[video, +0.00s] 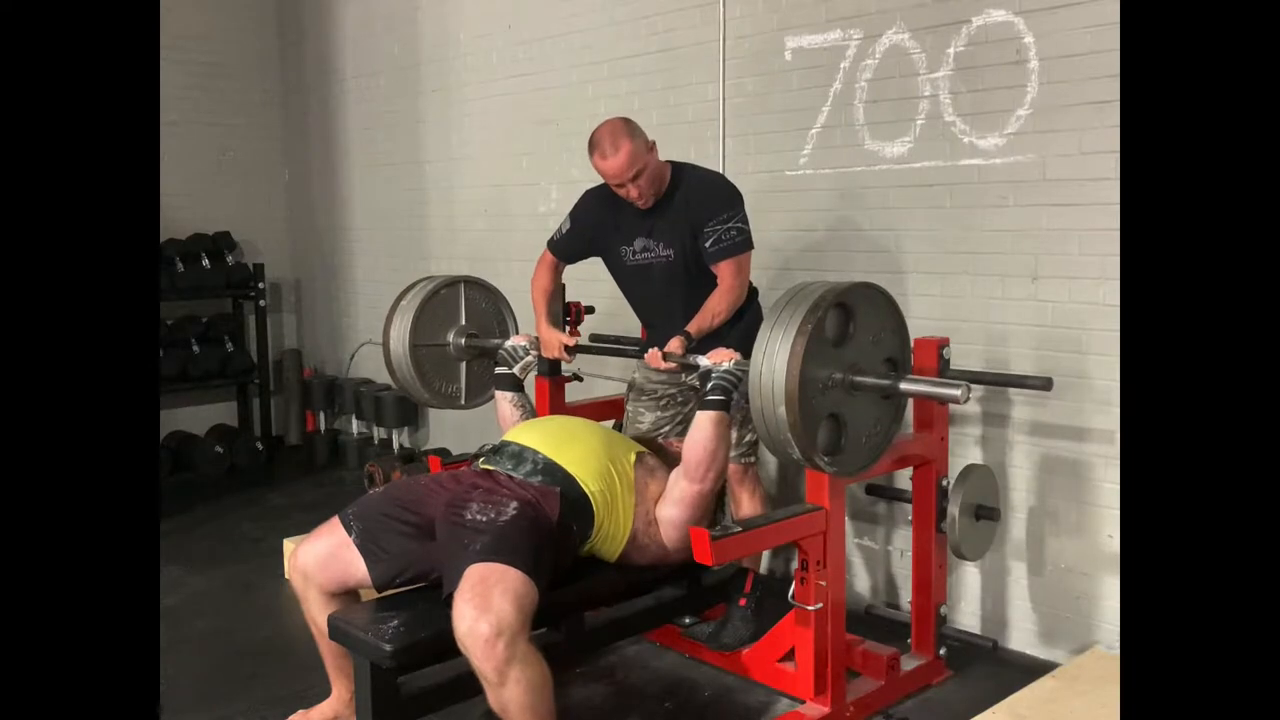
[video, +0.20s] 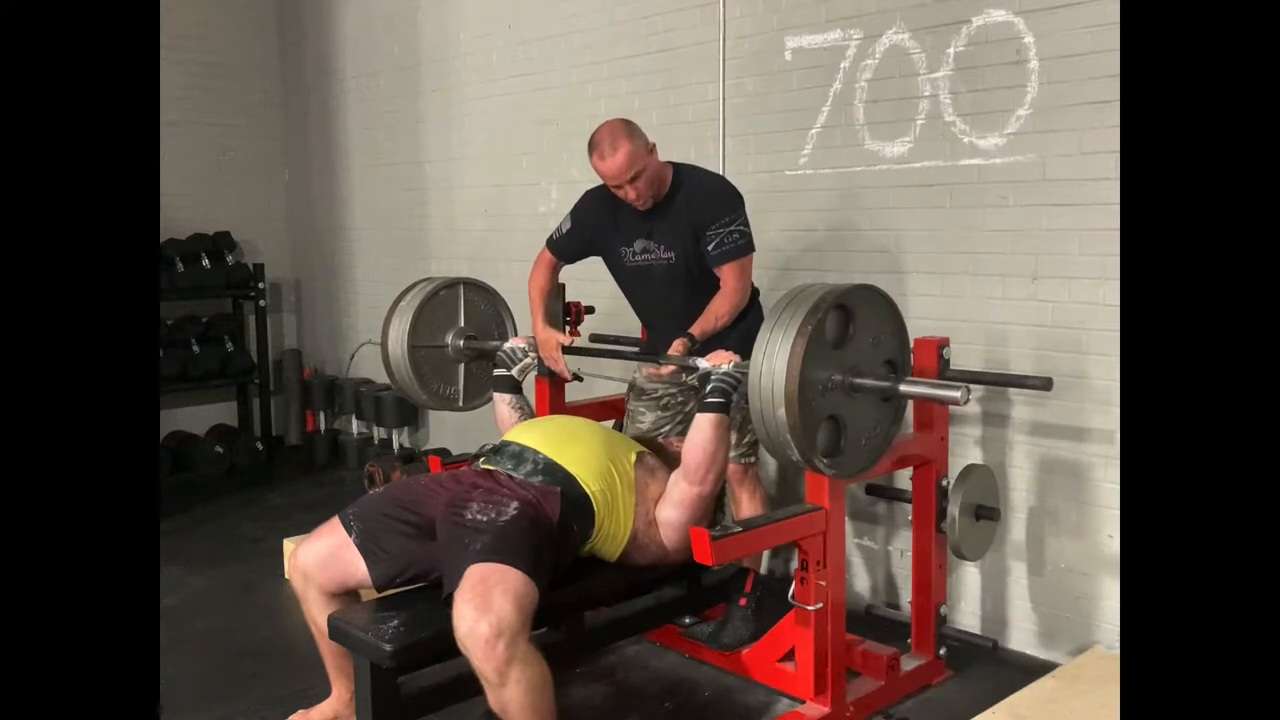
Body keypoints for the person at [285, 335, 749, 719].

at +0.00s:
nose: (672, 433)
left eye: (680, 435)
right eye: (670, 430)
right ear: (655, 435)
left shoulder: (662, 524)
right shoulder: (586, 449)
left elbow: (700, 471)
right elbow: (515, 446)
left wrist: (720, 386)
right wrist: (508, 375)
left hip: (524, 504)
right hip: (454, 480)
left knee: (487, 629)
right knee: (308, 561)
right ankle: (343, 698)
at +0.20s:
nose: (673, 429)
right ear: (656, 430)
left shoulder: (661, 518)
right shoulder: (579, 444)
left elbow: (699, 473)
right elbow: (515, 447)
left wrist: (719, 389)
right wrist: (505, 378)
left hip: (524, 502)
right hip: (453, 481)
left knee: (487, 629)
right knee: (308, 561)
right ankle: (343, 697)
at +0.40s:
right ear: (660, 431)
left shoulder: (660, 519)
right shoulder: (577, 437)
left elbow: (699, 485)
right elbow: (505, 455)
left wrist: (715, 404)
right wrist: (500, 390)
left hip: (518, 503)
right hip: (451, 482)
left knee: (485, 629)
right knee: (308, 560)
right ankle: (344, 698)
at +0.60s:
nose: (672, 435)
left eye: (684, 437)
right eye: (670, 429)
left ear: (688, 455)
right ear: (655, 434)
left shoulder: (662, 500)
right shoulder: (571, 436)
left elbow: (690, 527)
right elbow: (491, 469)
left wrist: (709, 428)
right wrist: (492, 413)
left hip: (522, 505)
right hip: (458, 482)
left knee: (484, 631)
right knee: (306, 561)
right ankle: (343, 698)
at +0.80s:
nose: (667, 433)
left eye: (681, 437)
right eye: (663, 430)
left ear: (681, 465)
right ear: (644, 438)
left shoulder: (661, 501)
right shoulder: (583, 443)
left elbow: (681, 557)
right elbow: (516, 457)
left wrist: (704, 460)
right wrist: (503, 426)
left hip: (520, 507)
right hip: (458, 484)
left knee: (481, 632)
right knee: (306, 562)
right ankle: (344, 698)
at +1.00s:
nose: (674, 440)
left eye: (686, 441)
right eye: (671, 434)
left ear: (691, 461)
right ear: (655, 438)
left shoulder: (661, 502)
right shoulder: (579, 453)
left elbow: (684, 575)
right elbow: (512, 469)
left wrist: (698, 480)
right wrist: (492, 438)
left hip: (519, 512)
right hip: (454, 490)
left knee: (481, 633)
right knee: (304, 565)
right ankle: (344, 700)